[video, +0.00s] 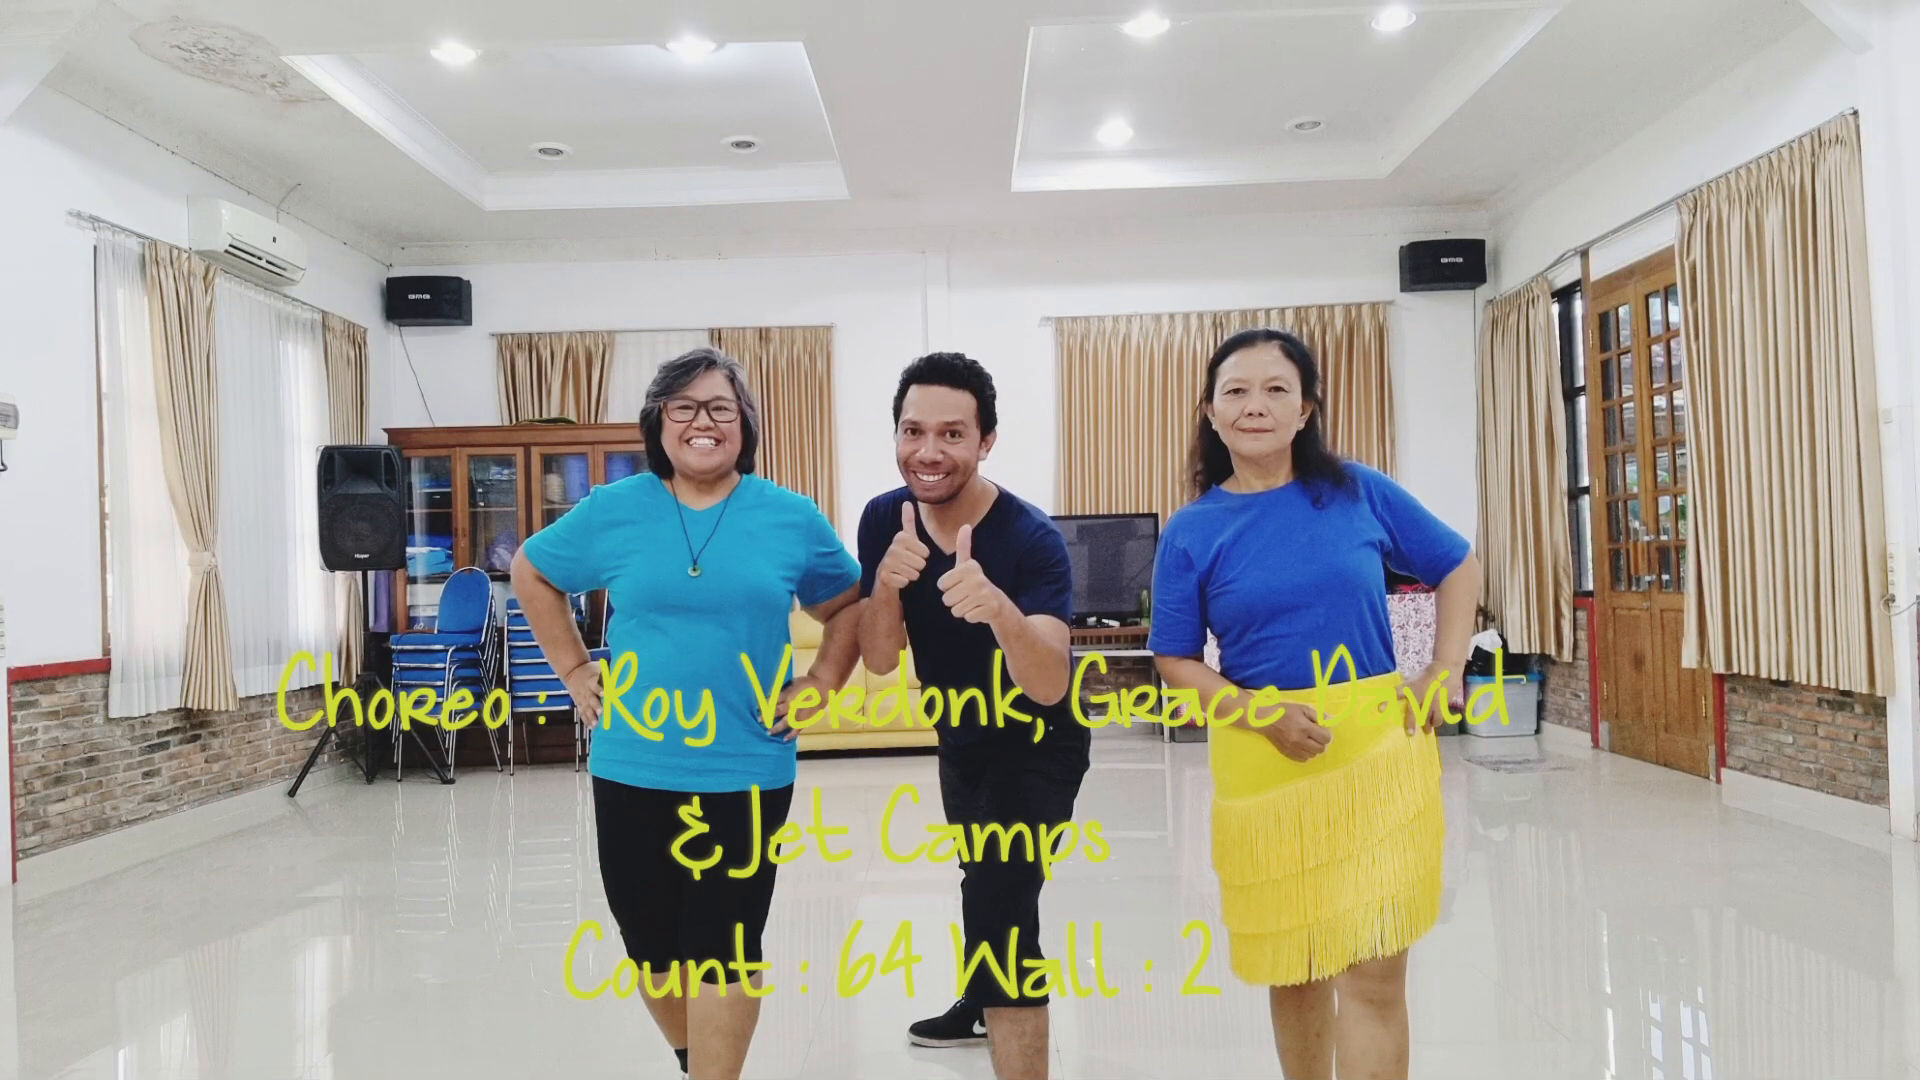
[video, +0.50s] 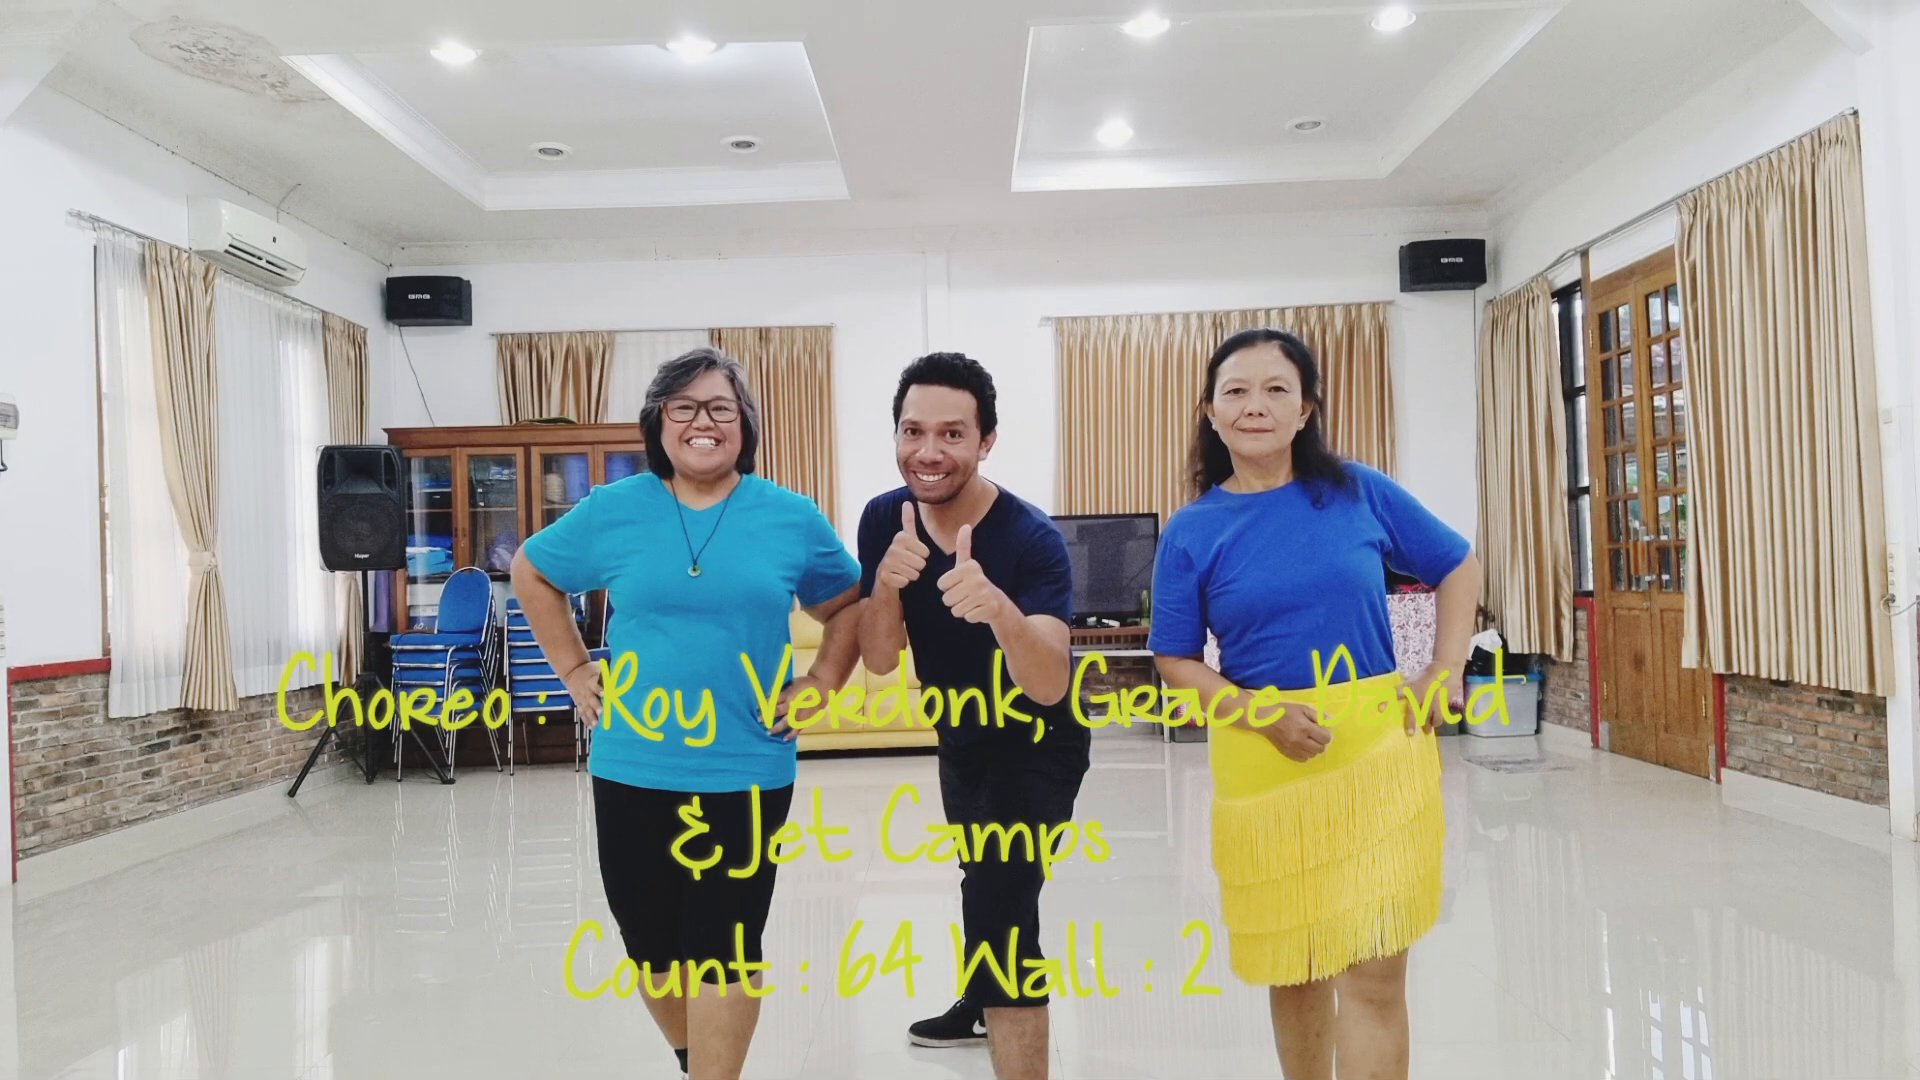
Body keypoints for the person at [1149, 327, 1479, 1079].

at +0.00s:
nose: (1254, 405)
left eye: (1276, 390)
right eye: (1234, 391)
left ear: (1305, 408)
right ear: (1212, 410)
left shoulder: (1359, 491)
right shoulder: (1192, 530)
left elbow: (1460, 565)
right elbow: (1172, 661)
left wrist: (1447, 667)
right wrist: (1261, 713)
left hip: (1377, 758)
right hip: (1267, 770)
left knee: (1377, 976)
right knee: (1296, 978)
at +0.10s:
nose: (1254, 405)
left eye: (1276, 390)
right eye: (1235, 391)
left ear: (1305, 408)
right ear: (1212, 410)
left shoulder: (1359, 491)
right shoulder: (1192, 530)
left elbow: (1460, 565)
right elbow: (1172, 661)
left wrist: (1447, 667)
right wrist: (1261, 713)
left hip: (1377, 758)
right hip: (1267, 771)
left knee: (1377, 976)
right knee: (1297, 978)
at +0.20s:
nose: (1254, 405)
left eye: (1276, 390)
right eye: (1235, 391)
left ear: (1305, 408)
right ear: (1212, 410)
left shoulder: (1359, 491)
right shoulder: (1192, 530)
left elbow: (1460, 565)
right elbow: (1172, 661)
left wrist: (1447, 667)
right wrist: (1261, 713)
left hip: (1377, 758)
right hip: (1267, 771)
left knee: (1377, 976)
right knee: (1297, 978)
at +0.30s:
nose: (1254, 405)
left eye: (1276, 390)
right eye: (1235, 391)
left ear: (1305, 408)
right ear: (1212, 410)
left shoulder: (1359, 491)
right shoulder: (1192, 530)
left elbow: (1460, 565)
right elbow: (1172, 661)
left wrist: (1447, 667)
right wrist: (1261, 713)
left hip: (1377, 758)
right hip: (1267, 771)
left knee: (1377, 976)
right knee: (1297, 978)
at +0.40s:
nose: (1254, 405)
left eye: (1276, 390)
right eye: (1235, 391)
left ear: (1305, 408)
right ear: (1212, 410)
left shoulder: (1359, 491)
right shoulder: (1192, 530)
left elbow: (1460, 565)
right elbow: (1172, 661)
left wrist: (1447, 667)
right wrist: (1261, 713)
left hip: (1377, 758)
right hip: (1267, 771)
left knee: (1377, 976)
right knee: (1297, 978)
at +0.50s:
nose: (1254, 405)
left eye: (1276, 390)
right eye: (1235, 391)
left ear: (1305, 408)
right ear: (1212, 410)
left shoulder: (1359, 491)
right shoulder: (1192, 530)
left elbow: (1460, 565)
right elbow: (1172, 661)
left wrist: (1447, 667)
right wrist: (1261, 713)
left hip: (1377, 758)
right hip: (1267, 771)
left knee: (1377, 976)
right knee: (1297, 978)